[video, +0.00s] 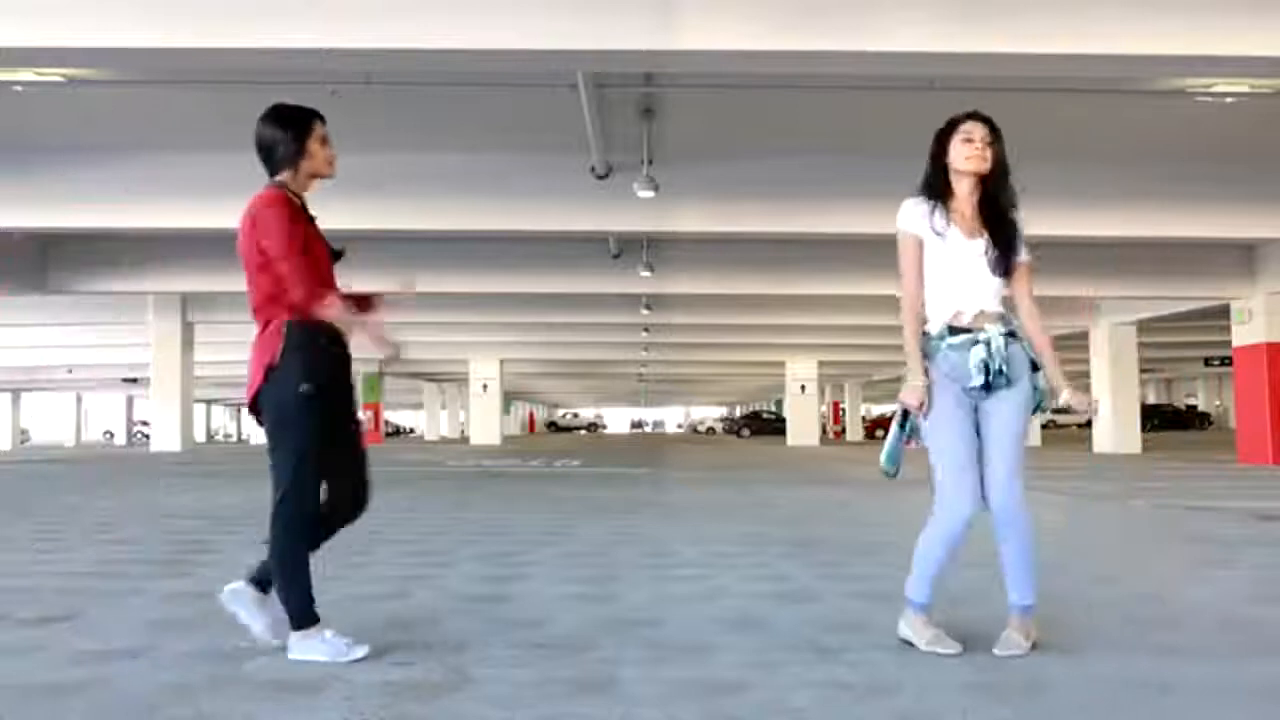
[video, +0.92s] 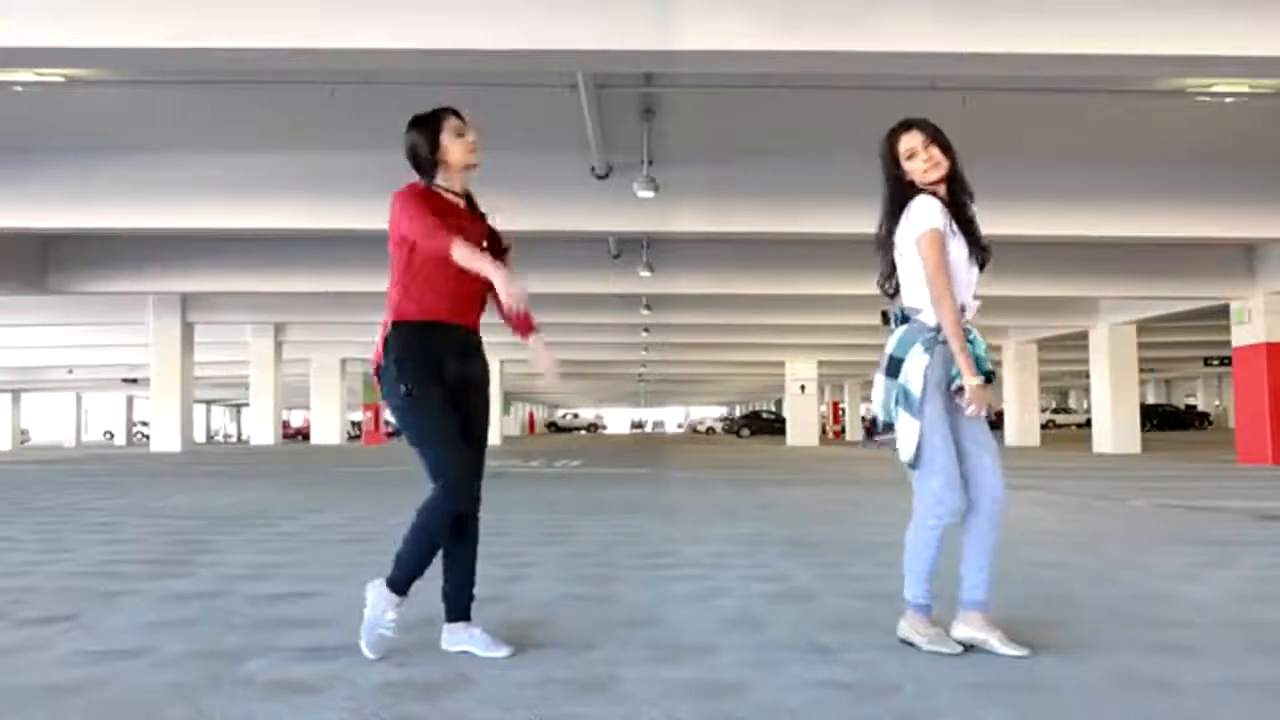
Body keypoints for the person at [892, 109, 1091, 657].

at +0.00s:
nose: (976, 148)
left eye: (985, 142)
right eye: (965, 140)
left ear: (996, 158)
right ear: (944, 152)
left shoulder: (1006, 225)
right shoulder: (919, 213)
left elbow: (1025, 306)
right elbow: (911, 298)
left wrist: (1059, 381)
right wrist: (914, 372)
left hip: (1007, 358)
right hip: (943, 359)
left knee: (1005, 493)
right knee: (960, 498)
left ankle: (1022, 618)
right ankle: (915, 612)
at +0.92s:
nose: (928, 158)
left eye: (931, 146)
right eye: (913, 156)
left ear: (946, 150)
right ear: (903, 172)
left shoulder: (946, 214)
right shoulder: (923, 211)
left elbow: (951, 300)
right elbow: (940, 294)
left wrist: (973, 372)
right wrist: (969, 372)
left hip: (959, 358)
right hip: (926, 357)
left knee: (989, 490)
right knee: (939, 493)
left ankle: (973, 615)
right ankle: (916, 616)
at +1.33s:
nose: (938, 164)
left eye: (941, 153)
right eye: (923, 162)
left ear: (956, 160)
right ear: (910, 177)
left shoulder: (944, 224)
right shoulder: (925, 213)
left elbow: (953, 317)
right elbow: (940, 303)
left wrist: (987, 390)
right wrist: (970, 377)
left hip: (955, 373)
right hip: (923, 372)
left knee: (997, 489)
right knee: (957, 500)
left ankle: (971, 616)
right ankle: (917, 615)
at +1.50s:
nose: (938, 165)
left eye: (942, 154)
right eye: (924, 162)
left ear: (956, 160)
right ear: (911, 176)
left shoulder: (942, 225)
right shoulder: (926, 212)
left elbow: (953, 319)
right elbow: (939, 300)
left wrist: (987, 394)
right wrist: (963, 378)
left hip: (955, 369)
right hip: (926, 368)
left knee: (998, 492)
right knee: (955, 502)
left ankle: (971, 617)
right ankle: (917, 616)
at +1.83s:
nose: (934, 172)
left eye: (939, 161)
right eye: (921, 170)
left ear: (957, 166)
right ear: (913, 183)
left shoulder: (968, 235)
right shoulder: (924, 224)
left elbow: (967, 325)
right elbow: (910, 307)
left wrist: (992, 394)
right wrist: (921, 391)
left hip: (961, 374)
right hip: (918, 371)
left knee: (1004, 494)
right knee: (933, 497)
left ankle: (971, 615)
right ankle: (916, 616)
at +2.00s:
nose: (920, 160)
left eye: (928, 150)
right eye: (914, 152)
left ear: (956, 150)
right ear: (914, 158)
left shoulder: (991, 215)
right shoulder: (907, 210)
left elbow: (1028, 285)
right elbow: (842, 260)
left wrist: (1014, 329)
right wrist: (866, 323)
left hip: (976, 354)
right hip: (917, 350)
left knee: (986, 490)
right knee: (918, 488)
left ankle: (993, 614)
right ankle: (912, 613)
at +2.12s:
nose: (920, 155)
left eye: (929, 146)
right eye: (918, 146)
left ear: (958, 150)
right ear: (921, 153)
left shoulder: (1003, 213)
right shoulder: (910, 209)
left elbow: (1068, 257)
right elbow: (842, 242)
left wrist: (1034, 315)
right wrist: (869, 291)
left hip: (984, 353)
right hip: (918, 353)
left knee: (984, 490)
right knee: (920, 491)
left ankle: (1008, 613)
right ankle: (912, 614)